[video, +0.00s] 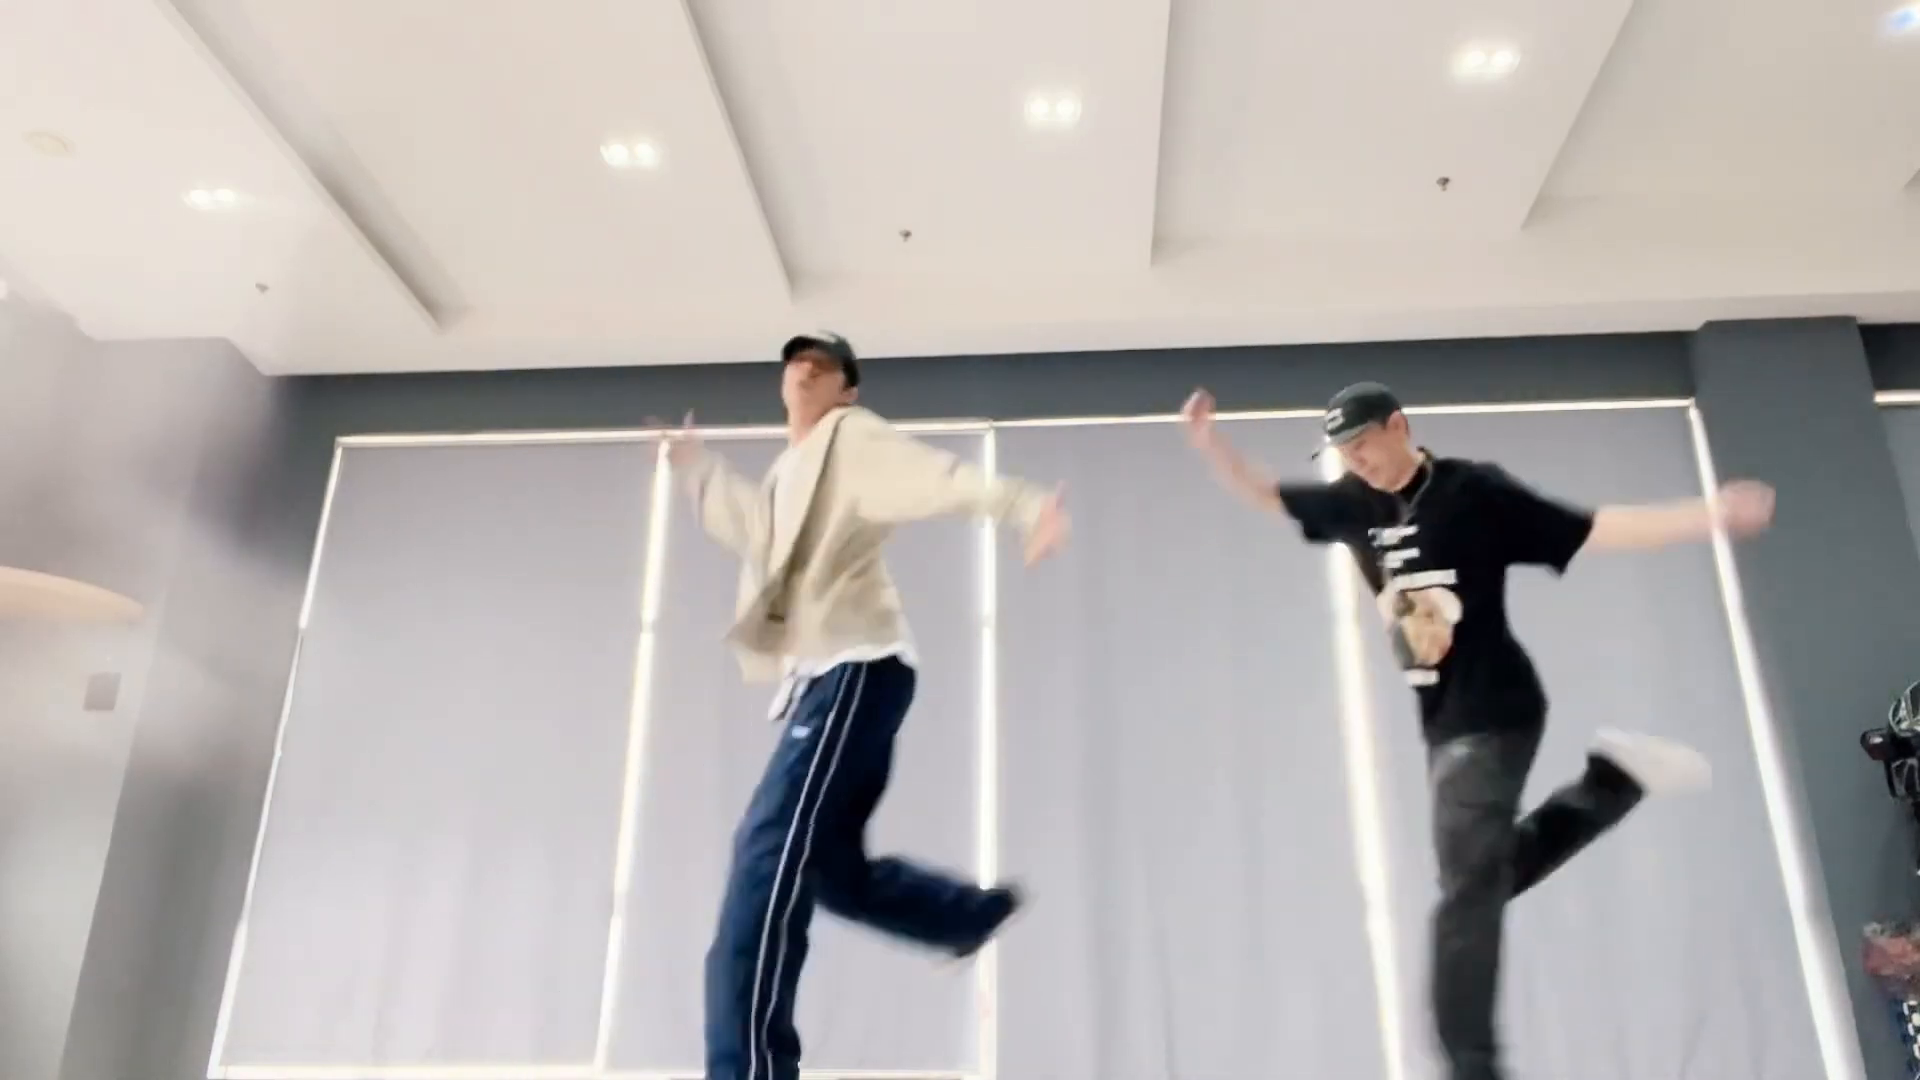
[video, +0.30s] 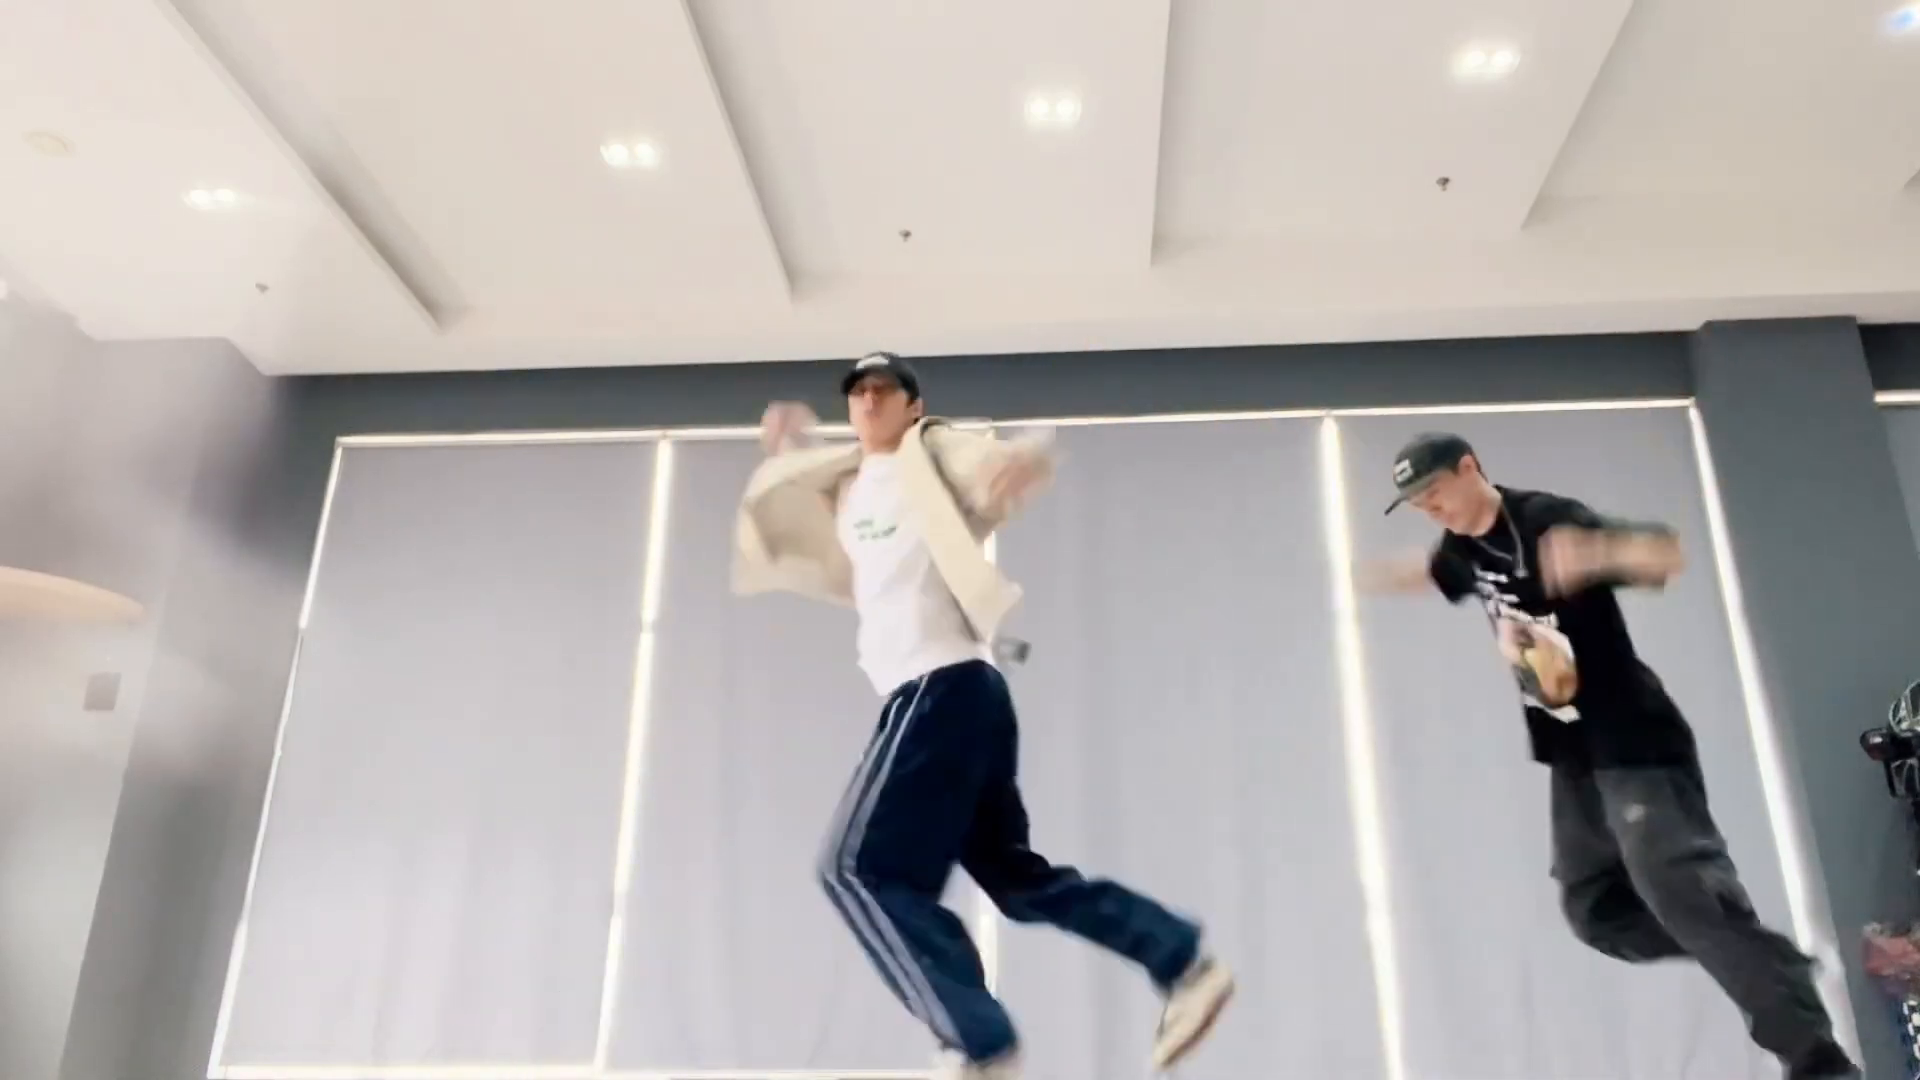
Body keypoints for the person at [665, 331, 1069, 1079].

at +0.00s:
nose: (803, 375)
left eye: (820, 368)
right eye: (794, 366)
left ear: (846, 390)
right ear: (781, 388)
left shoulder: (853, 437)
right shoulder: (783, 472)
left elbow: (931, 475)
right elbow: (756, 536)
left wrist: (1021, 503)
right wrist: (698, 468)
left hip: (858, 672)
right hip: (823, 677)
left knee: (771, 850)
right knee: (833, 868)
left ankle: (749, 1063)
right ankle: (968, 916)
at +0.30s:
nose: (868, 401)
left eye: (883, 390)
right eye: (857, 393)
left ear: (914, 406)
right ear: (848, 411)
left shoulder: (937, 453)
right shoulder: (849, 486)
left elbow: (1006, 460)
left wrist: (1019, 464)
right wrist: (783, 451)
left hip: (940, 691)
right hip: (951, 696)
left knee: (857, 869)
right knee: (1016, 880)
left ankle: (984, 1049)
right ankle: (1186, 966)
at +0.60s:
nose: (845, 489)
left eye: (853, 473)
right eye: (840, 478)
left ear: (894, 464)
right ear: (888, 472)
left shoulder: (908, 508)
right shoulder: (904, 547)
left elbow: (866, 599)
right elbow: (875, 696)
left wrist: (779, 605)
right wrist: (787, 721)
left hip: (947, 739)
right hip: (980, 763)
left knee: (791, 842)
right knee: (1031, 952)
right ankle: (1152, 1065)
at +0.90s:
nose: (732, 437)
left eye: (746, 423)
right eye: (728, 426)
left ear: (785, 428)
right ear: (731, 436)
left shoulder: (783, 495)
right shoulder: (733, 494)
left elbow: (788, 562)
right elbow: (688, 561)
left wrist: (815, 600)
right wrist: (667, 498)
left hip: (758, 698)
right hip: (746, 697)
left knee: (724, 886)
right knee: (784, 890)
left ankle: (683, 1065)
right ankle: (921, 1020)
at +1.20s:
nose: (617, 467)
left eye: (624, 447)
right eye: (607, 455)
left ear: (662, 449)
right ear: (602, 467)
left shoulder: (692, 511)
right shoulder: (583, 526)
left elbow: (684, 448)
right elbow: (521, 568)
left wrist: (572, 454)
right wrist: (453, 554)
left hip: (643, 706)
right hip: (561, 714)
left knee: (603, 876)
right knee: (477, 868)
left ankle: (638, 1063)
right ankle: (467, 1053)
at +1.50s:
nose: (540, 445)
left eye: (555, 447)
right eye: (534, 438)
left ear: (570, 475)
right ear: (513, 447)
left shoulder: (571, 543)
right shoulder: (447, 502)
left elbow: (608, 545)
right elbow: (410, 421)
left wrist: (573, 443)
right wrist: (508, 424)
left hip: (512, 758)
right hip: (423, 749)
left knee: (562, 940)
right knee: (395, 940)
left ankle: (603, 1069)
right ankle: (399, 1074)